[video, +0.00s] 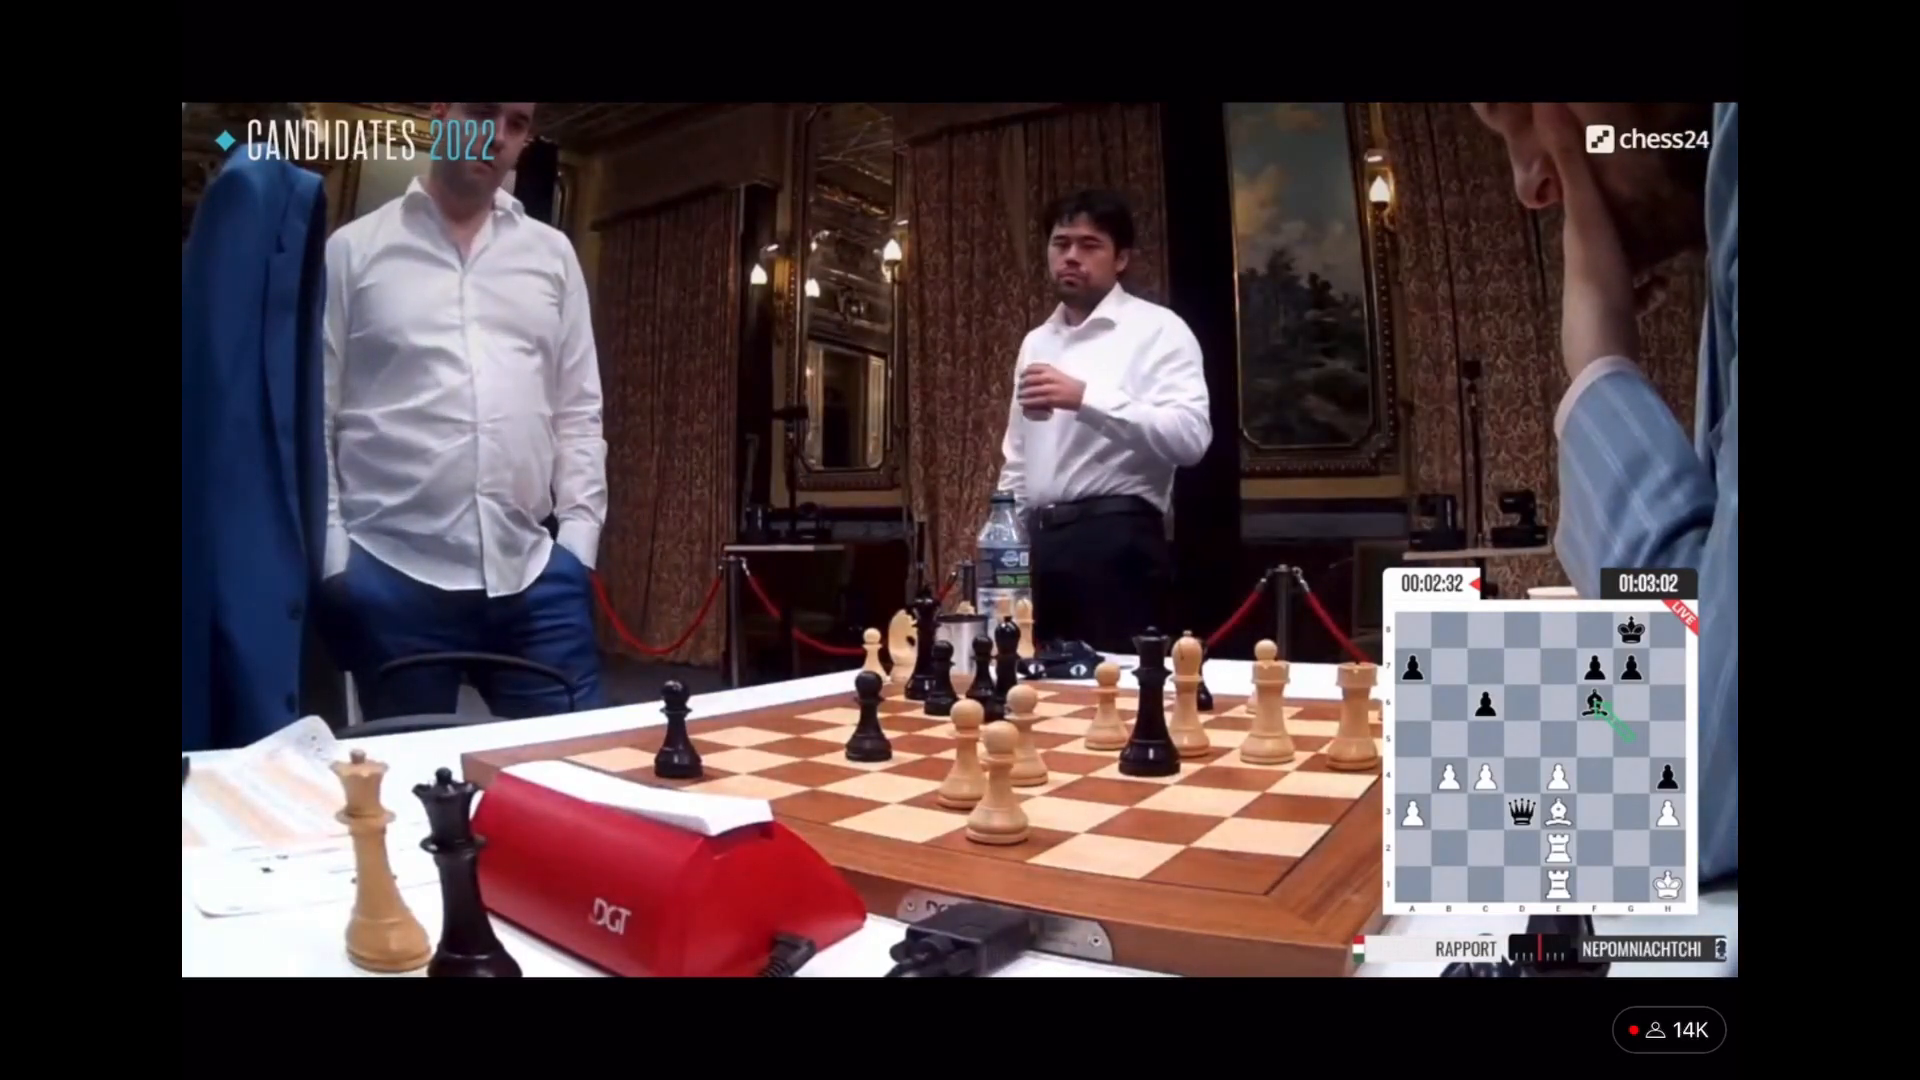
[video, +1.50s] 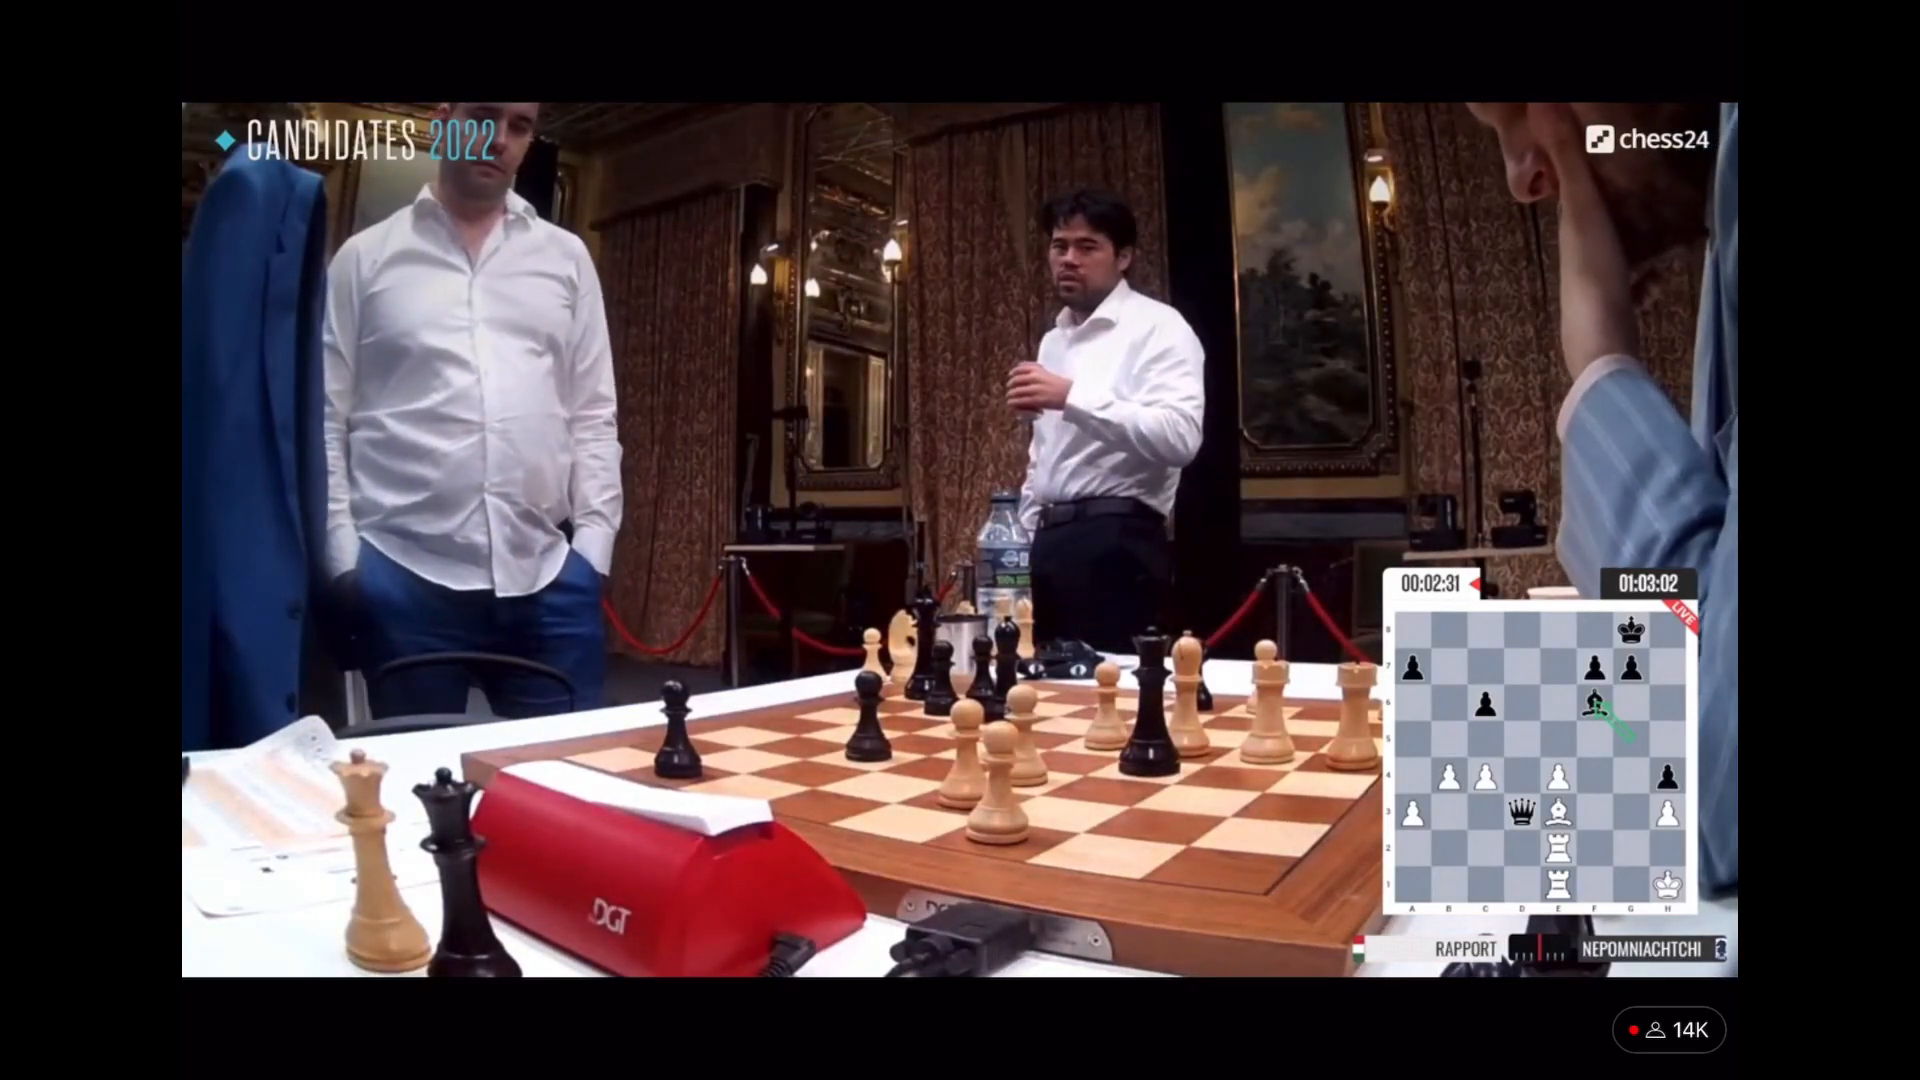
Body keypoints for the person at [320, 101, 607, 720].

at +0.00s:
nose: (494, 138)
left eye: (515, 125)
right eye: (480, 114)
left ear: (528, 140)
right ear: (438, 114)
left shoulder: (552, 253)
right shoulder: (353, 252)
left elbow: (579, 412)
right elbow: (316, 417)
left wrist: (576, 546)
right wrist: (337, 564)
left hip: (535, 578)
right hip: (394, 583)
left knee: (581, 777)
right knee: (410, 790)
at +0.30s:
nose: (492, 139)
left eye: (513, 125)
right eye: (478, 115)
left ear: (526, 142)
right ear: (436, 115)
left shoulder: (550, 252)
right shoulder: (352, 253)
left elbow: (579, 411)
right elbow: (317, 417)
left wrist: (578, 545)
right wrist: (342, 565)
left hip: (539, 579)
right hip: (398, 584)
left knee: (581, 777)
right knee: (414, 789)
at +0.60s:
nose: (493, 141)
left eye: (513, 127)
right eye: (479, 117)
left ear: (527, 142)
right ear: (436, 116)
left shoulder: (553, 257)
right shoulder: (355, 257)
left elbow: (582, 415)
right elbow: (319, 422)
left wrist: (584, 548)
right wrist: (347, 566)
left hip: (544, 582)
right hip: (404, 585)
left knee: (570, 788)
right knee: (419, 792)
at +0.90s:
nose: (494, 141)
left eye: (514, 127)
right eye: (479, 117)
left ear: (528, 142)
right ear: (438, 118)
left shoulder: (558, 258)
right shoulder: (358, 259)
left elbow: (587, 415)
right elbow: (323, 420)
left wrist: (588, 549)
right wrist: (346, 565)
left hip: (547, 581)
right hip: (405, 584)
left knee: (578, 786)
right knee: (420, 792)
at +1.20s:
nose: (497, 142)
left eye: (517, 128)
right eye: (482, 118)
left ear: (531, 143)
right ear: (441, 119)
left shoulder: (564, 258)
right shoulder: (362, 261)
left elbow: (594, 416)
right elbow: (326, 420)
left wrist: (595, 549)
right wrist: (350, 562)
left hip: (554, 582)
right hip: (410, 585)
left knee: (578, 788)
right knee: (423, 791)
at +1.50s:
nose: (497, 142)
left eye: (518, 128)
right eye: (482, 119)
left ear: (533, 142)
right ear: (442, 119)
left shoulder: (566, 257)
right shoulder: (364, 260)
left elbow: (594, 416)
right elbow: (327, 420)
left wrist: (591, 550)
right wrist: (345, 563)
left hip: (550, 583)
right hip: (405, 585)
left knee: (571, 790)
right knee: (417, 792)